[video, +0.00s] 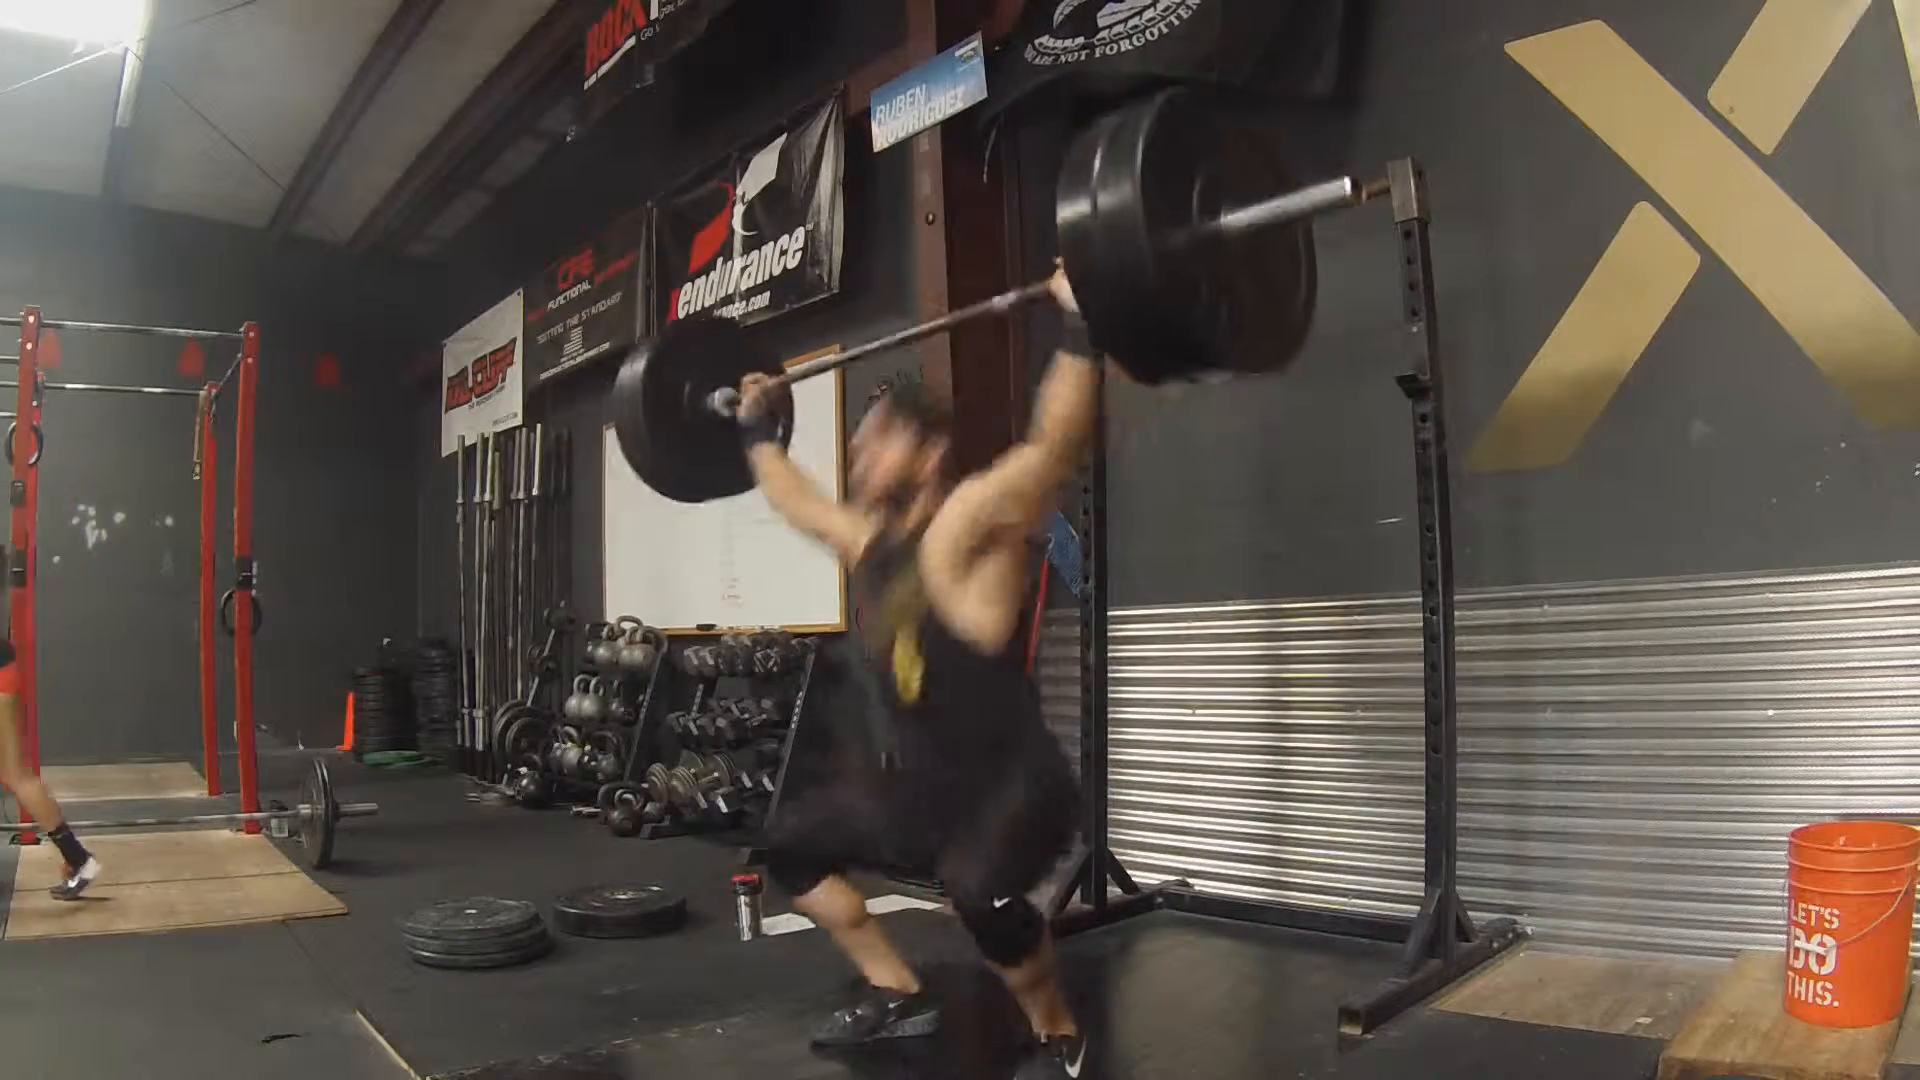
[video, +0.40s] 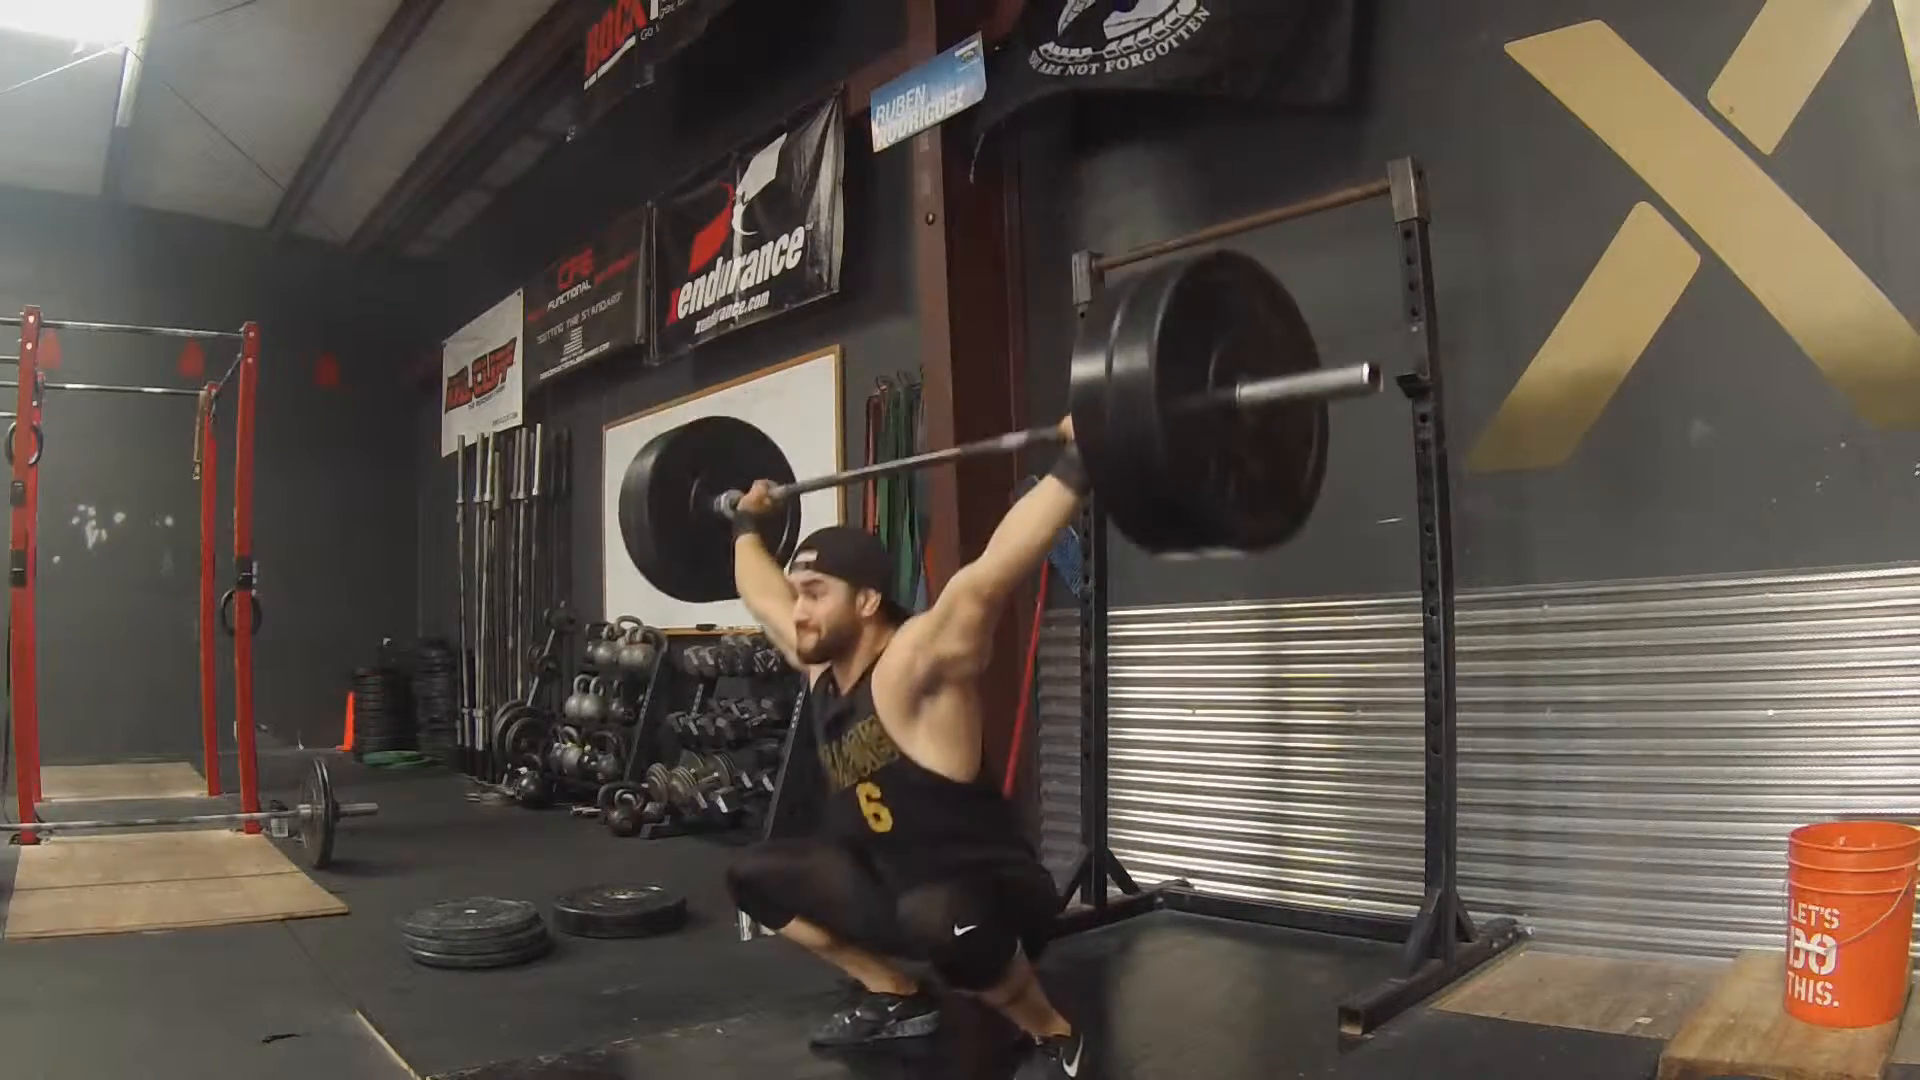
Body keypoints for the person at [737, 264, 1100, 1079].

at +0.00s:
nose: (861, 453)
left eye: (880, 437)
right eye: (860, 440)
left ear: (930, 454)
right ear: (862, 459)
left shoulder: (975, 521)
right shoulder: (866, 542)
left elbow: (1057, 447)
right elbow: (794, 498)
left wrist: (1077, 324)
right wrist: (756, 427)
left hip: (1013, 786)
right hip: (917, 786)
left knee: (977, 889)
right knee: (793, 848)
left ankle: (1057, 1034)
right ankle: (898, 995)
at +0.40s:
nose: (797, 612)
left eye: (815, 592)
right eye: (794, 595)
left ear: (867, 603)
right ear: (791, 607)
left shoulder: (927, 654)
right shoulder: (827, 672)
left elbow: (993, 575)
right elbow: (769, 597)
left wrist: (1074, 467)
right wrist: (750, 525)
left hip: (983, 878)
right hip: (882, 879)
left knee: (941, 918)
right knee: (756, 876)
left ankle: (1051, 1034)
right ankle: (895, 993)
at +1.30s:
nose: (765, 461)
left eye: (777, 442)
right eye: (756, 446)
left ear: (832, 433)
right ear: (758, 450)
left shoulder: (911, 474)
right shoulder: (810, 501)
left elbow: (1005, 388)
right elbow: (745, 433)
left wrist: (1092, 278)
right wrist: (744, 364)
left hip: (1013, 700)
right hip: (919, 715)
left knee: (977, 854)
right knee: (798, 824)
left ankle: (1052, 1030)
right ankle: (891, 991)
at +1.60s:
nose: (777, 371)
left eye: (788, 351)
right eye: (769, 359)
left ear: (845, 339)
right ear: (774, 365)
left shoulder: (924, 383)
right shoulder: (815, 418)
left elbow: (1013, 288)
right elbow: (754, 354)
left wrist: (1107, 175)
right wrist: (751, 282)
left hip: (1010, 635)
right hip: (920, 657)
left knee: (992, 835)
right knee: (825, 806)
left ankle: (1057, 1030)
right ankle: (895, 992)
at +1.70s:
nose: (785, 342)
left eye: (796, 322)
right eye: (779, 330)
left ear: (850, 308)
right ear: (791, 334)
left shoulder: (932, 351)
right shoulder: (823, 386)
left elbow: (1014, 255)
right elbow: (758, 330)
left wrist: (1109, 146)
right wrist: (753, 256)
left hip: (1007, 616)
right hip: (917, 636)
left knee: (999, 829)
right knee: (842, 797)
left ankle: (1058, 1033)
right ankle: (898, 995)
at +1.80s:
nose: (791, 318)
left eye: (802, 298)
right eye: (783, 307)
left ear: (854, 283)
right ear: (792, 311)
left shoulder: (938, 325)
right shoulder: (832, 365)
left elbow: (1016, 226)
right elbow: (764, 303)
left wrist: (1112, 117)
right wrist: (760, 230)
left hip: (1000, 598)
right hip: (910, 623)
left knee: (1005, 821)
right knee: (853, 796)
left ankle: (1057, 1032)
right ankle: (899, 997)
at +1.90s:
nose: (798, 304)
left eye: (808, 283)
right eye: (788, 293)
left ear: (859, 266)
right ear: (801, 293)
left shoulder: (943, 304)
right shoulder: (842, 349)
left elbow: (1021, 203)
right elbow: (770, 283)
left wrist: (1114, 96)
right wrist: (764, 212)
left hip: (994, 589)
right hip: (904, 611)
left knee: (1007, 812)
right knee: (865, 793)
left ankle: (1057, 1033)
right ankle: (898, 998)